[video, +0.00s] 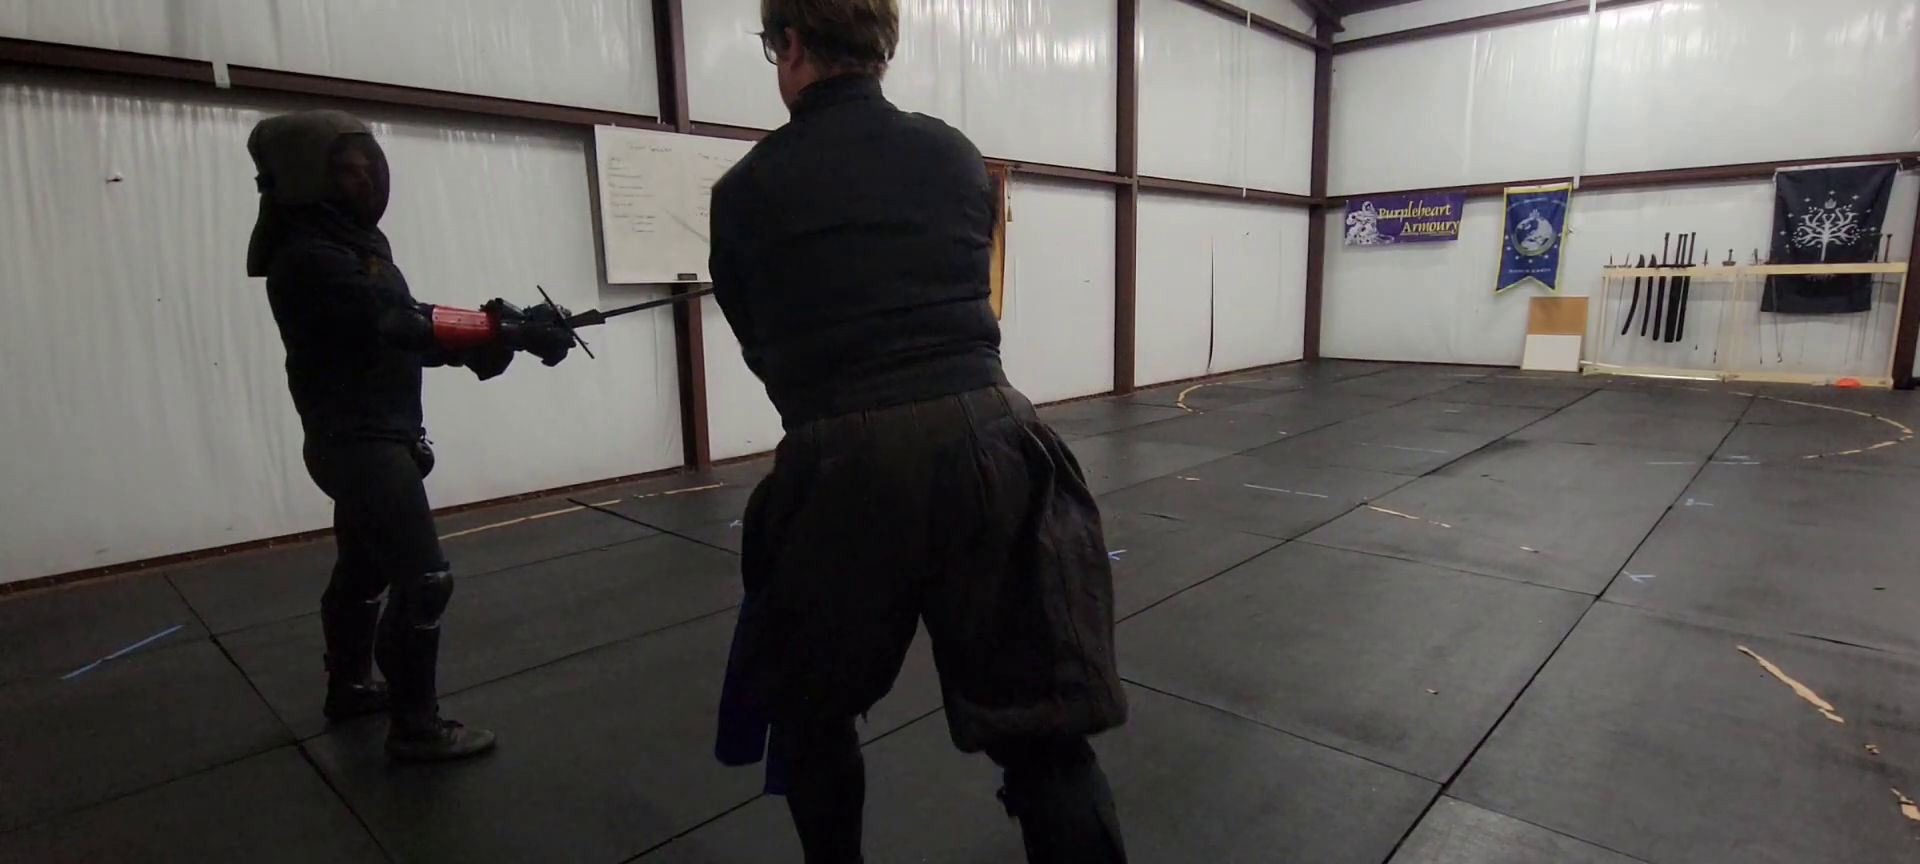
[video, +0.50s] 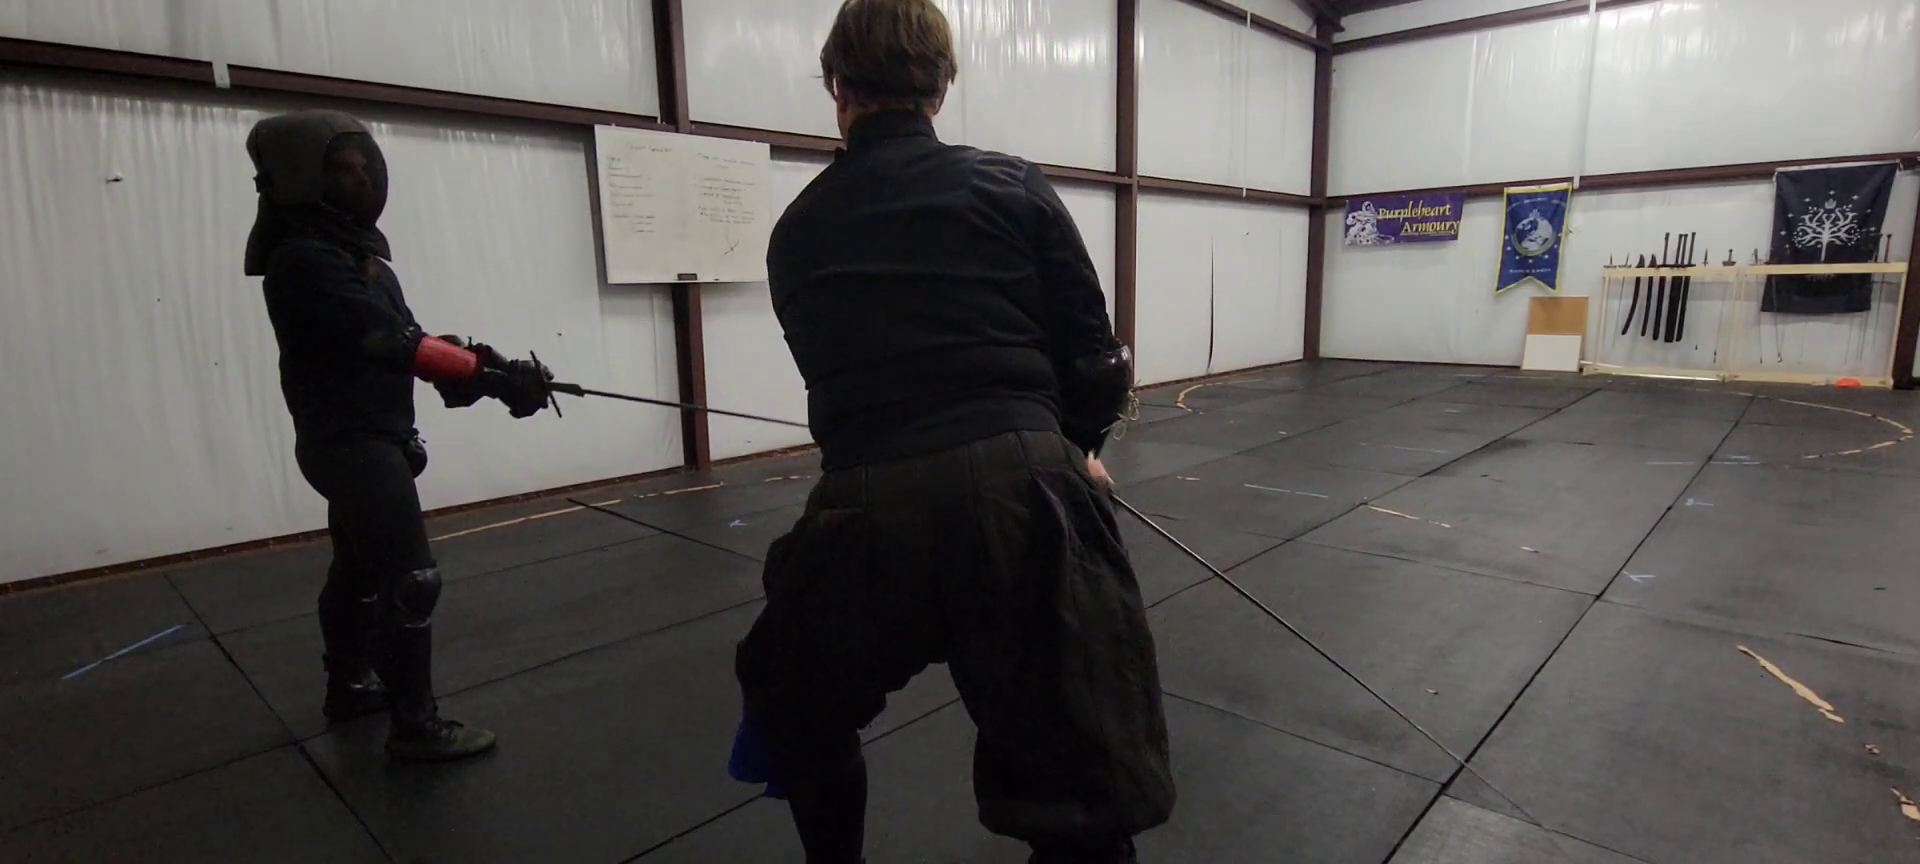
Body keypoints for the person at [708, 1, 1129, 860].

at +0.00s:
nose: (774, 71)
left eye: (773, 51)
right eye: (773, 51)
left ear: (794, 49)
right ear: (880, 48)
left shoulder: (745, 189)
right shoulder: (955, 153)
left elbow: (760, 337)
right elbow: (965, 290)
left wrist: (832, 414)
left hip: (848, 467)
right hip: (985, 444)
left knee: (813, 711)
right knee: (1034, 722)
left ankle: (834, 854)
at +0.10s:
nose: (788, 87)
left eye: (788, 70)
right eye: (788, 70)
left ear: (809, 73)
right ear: (898, 66)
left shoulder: (761, 212)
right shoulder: (980, 171)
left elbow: (777, 363)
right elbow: (1031, 342)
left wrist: (853, 426)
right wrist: (953, 402)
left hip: (849, 498)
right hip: (997, 475)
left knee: (798, 701)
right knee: (1047, 748)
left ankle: (831, 850)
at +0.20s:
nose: (814, 108)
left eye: (814, 92)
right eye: (813, 93)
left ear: (829, 93)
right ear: (923, 90)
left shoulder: (784, 237)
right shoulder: (1005, 190)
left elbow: (804, 384)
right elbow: (1076, 368)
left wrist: (886, 442)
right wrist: (1013, 447)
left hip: (862, 513)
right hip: (1018, 493)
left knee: (793, 702)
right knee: (1059, 756)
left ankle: (831, 848)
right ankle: (1076, 845)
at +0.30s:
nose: (832, 112)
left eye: (832, 97)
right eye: (834, 97)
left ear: (841, 99)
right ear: (936, 97)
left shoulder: (795, 244)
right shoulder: (1016, 193)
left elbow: (835, 387)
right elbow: (1089, 360)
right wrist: (1084, 454)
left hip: (873, 520)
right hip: (1031, 493)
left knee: (800, 704)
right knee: (1065, 767)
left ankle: (831, 850)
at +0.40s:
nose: (838, 104)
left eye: (837, 91)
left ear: (843, 96)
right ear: (942, 92)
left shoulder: (798, 239)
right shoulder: (1018, 187)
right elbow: (1096, 364)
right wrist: (1087, 465)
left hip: (875, 519)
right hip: (1032, 492)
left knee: (807, 706)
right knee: (1074, 778)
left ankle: (833, 856)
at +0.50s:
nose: (834, 99)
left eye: (832, 87)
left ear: (840, 92)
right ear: (939, 89)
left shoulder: (795, 230)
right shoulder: (1013, 183)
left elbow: (840, 386)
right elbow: (1095, 361)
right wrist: (1071, 448)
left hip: (867, 517)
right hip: (1025, 495)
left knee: (804, 703)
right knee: (1069, 768)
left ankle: (833, 851)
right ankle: (1082, 848)